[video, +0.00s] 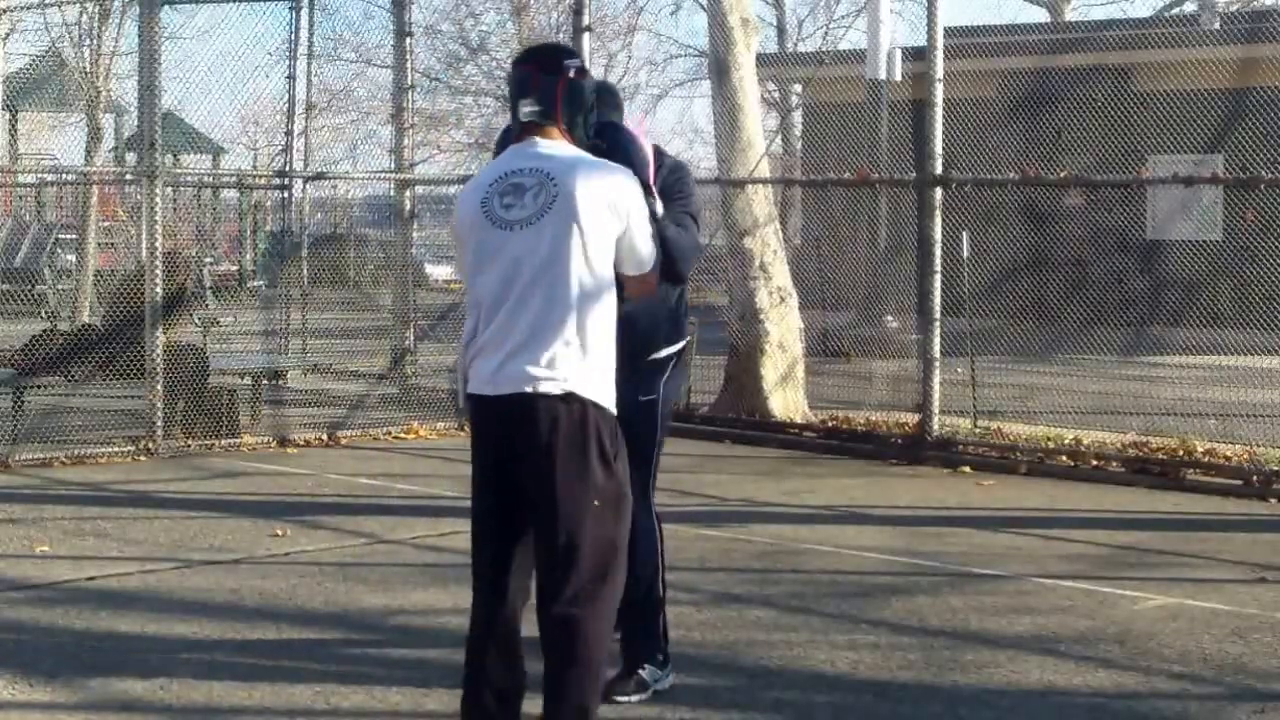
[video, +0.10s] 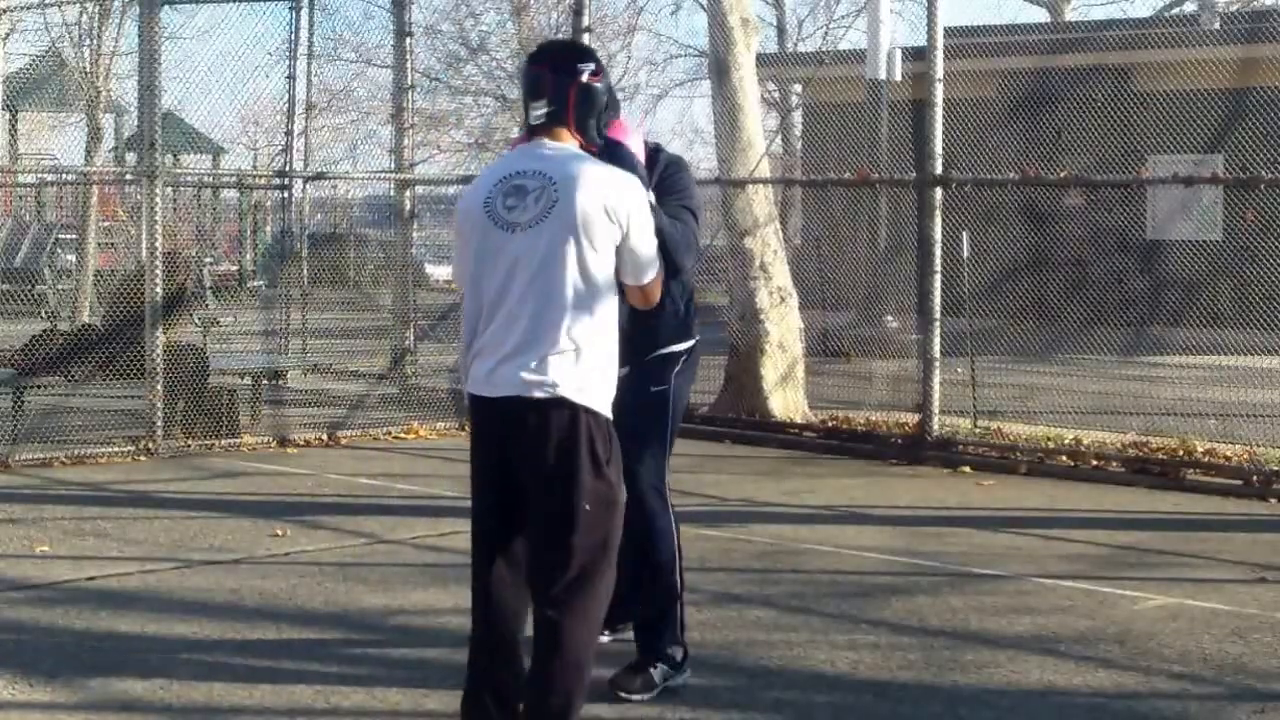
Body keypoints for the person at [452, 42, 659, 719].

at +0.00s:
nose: (587, 105)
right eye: (582, 94)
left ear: (512, 107)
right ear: (577, 100)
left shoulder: (474, 190)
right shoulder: (610, 180)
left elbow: (483, 277)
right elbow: (642, 282)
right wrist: (564, 280)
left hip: (489, 400)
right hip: (574, 401)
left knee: (495, 580)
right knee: (583, 582)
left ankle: (487, 709)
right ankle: (573, 707)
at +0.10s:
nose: (606, 110)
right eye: (601, 98)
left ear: (528, 102)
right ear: (591, 103)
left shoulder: (479, 187)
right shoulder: (616, 186)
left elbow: (470, 284)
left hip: (490, 402)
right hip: (575, 407)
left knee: (498, 565)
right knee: (579, 576)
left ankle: (489, 707)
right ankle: (552, 707)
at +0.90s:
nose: (648, 124)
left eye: (646, 110)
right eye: (642, 109)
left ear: (573, 106)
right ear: (623, 112)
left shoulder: (533, 174)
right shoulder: (612, 193)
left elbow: (579, 267)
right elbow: (673, 300)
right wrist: (667, 228)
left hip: (516, 388)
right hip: (568, 397)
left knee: (535, 552)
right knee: (569, 560)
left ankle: (532, 694)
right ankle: (539, 703)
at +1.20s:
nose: (668, 194)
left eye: (672, 183)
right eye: (667, 182)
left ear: (606, 166)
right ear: (644, 177)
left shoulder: (547, 220)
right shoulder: (621, 226)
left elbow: (505, 294)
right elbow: (710, 281)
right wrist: (705, 213)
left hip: (509, 430)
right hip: (557, 440)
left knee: (605, 548)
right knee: (612, 602)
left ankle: (595, 685)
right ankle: (557, 711)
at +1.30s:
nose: (695, 217)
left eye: (698, 208)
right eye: (693, 207)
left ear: (627, 199)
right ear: (670, 209)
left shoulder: (575, 248)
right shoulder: (644, 260)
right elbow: (734, 308)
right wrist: (732, 237)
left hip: (502, 446)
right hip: (546, 459)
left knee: (602, 549)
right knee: (607, 609)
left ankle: (605, 673)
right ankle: (560, 709)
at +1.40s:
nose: (725, 299)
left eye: (732, 285)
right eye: (720, 279)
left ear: (675, 262)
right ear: (685, 265)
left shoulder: (639, 295)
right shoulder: (639, 309)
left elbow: (688, 412)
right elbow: (698, 419)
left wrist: (733, 360)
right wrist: (741, 358)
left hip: (544, 451)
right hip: (513, 458)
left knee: (623, 539)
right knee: (583, 599)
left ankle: (614, 680)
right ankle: (534, 712)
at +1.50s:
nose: (715, 368)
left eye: (726, 358)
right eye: (719, 354)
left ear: (689, 311)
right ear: (695, 328)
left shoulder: (641, 325)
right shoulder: (625, 361)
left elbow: (632, 436)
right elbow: (608, 477)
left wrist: (684, 421)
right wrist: (683, 437)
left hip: (534, 467)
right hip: (492, 471)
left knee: (629, 535)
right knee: (568, 598)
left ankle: (616, 680)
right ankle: (476, 708)